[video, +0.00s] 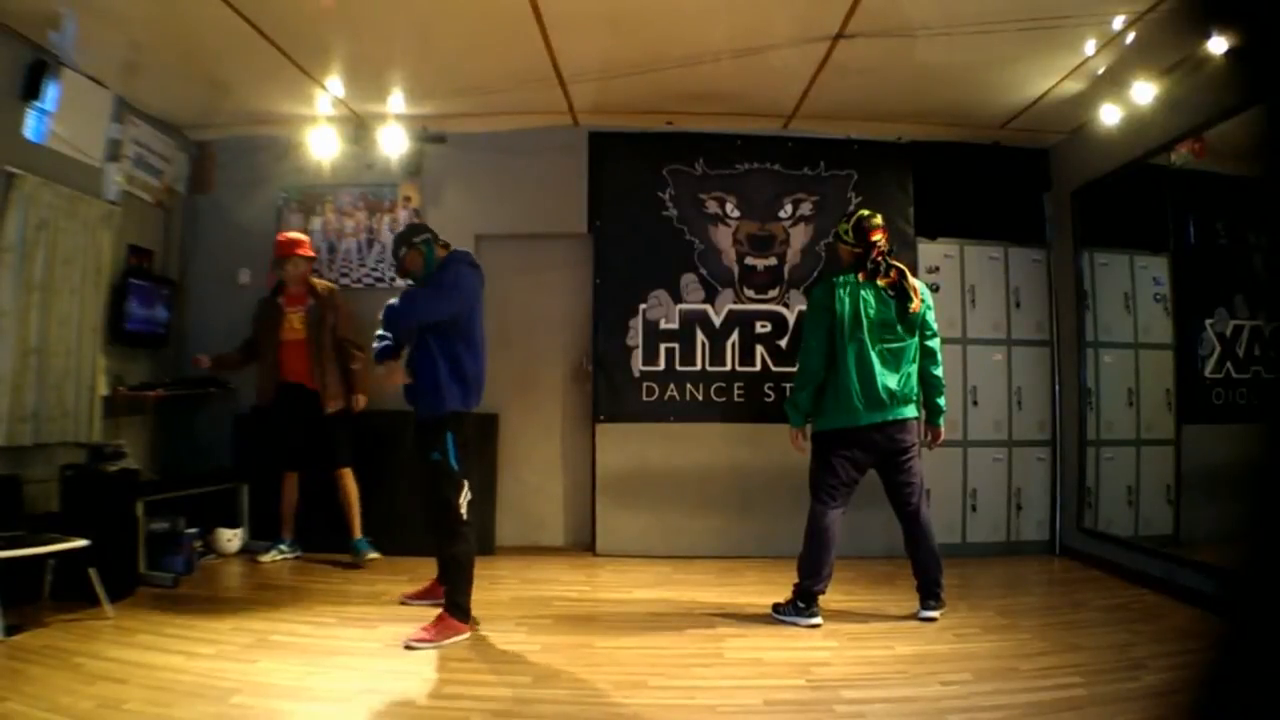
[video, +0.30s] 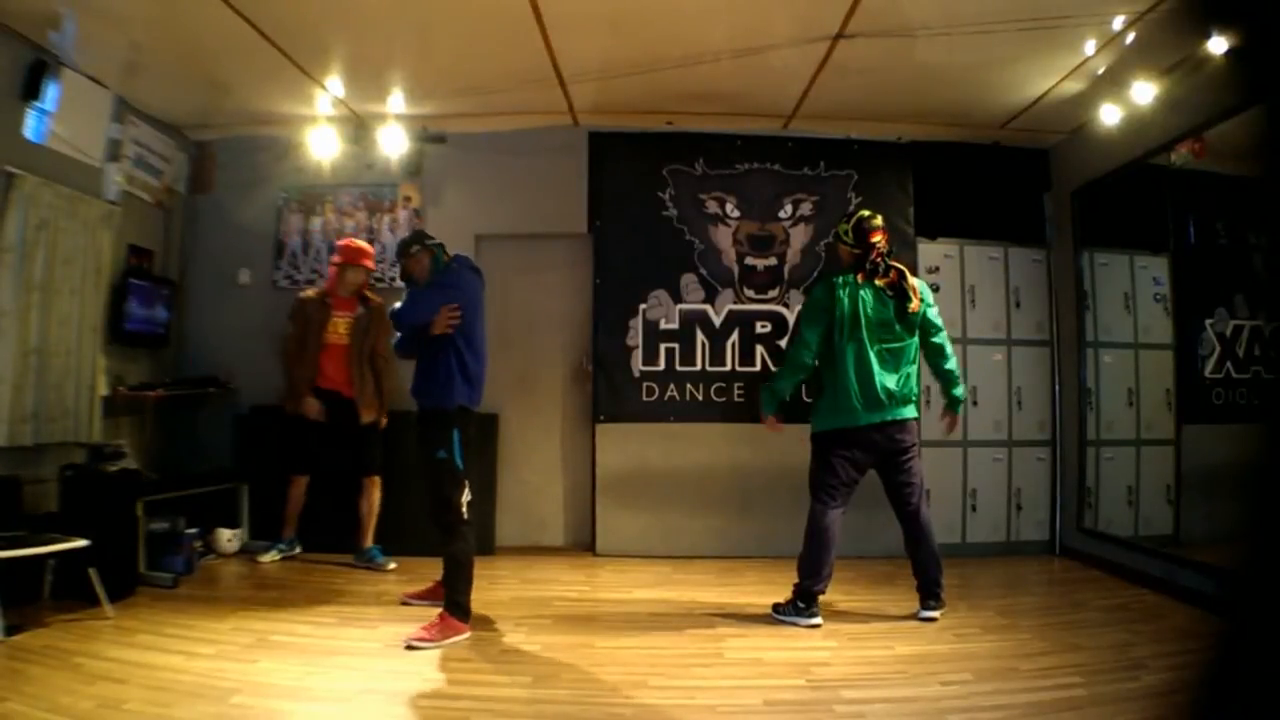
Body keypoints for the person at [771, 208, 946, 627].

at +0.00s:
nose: (835, 250)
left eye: (839, 244)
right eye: (837, 243)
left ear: (852, 249)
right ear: (880, 247)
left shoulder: (830, 291)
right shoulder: (914, 290)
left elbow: (813, 358)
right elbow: (931, 357)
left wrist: (798, 412)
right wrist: (935, 411)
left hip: (844, 421)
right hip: (899, 420)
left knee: (827, 506)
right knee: (914, 508)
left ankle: (806, 600)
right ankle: (931, 598)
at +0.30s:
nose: (835, 250)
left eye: (840, 245)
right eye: (838, 243)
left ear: (852, 249)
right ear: (880, 246)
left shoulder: (830, 290)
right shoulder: (912, 288)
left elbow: (804, 352)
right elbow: (938, 344)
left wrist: (773, 396)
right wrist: (954, 392)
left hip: (842, 422)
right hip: (899, 420)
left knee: (827, 506)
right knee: (914, 508)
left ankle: (806, 600)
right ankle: (931, 598)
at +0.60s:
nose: (833, 251)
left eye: (838, 245)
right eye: (837, 245)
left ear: (848, 249)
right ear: (881, 248)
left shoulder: (829, 286)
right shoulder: (910, 284)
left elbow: (781, 313)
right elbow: (962, 310)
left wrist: (722, 299)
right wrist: (1007, 303)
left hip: (841, 419)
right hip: (898, 418)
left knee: (827, 504)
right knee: (913, 507)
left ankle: (806, 601)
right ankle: (932, 598)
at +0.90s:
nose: (831, 250)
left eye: (837, 244)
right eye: (836, 243)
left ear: (848, 249)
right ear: (879, 249)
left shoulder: (827, 287)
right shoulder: (908, 283)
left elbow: (778, 306)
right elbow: (962, 304)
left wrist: (723, 288)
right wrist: (1009, 290)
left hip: (840, 420)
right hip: (897, 419)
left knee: (827, 504)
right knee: (913, 508)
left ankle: (806, 602)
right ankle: (932, 598)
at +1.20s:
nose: (832, 250)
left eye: (838, 244)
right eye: (836, 244)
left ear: (849, 249)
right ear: (880, 249)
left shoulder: (827, 287)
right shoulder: (910, 284)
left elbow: (775, 315)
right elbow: (963, 310)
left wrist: (721, 306)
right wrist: (1008, 299)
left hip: (841, 420)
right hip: (898, 419)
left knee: (827, 504)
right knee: (914, 507)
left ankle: (806, 601)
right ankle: (931, 598)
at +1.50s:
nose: (835, 246)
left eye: (842, 240)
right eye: (838, 238)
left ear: (858, 247)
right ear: (882, 245)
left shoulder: (830, 288)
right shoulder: (916, 286)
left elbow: (819, 354)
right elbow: (932, 349)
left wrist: (816, 408)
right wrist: (938, 397)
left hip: (848, 417)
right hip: (901, 418)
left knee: (829, 504)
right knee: (915, 507)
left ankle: (806, 599)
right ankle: (931, 597)